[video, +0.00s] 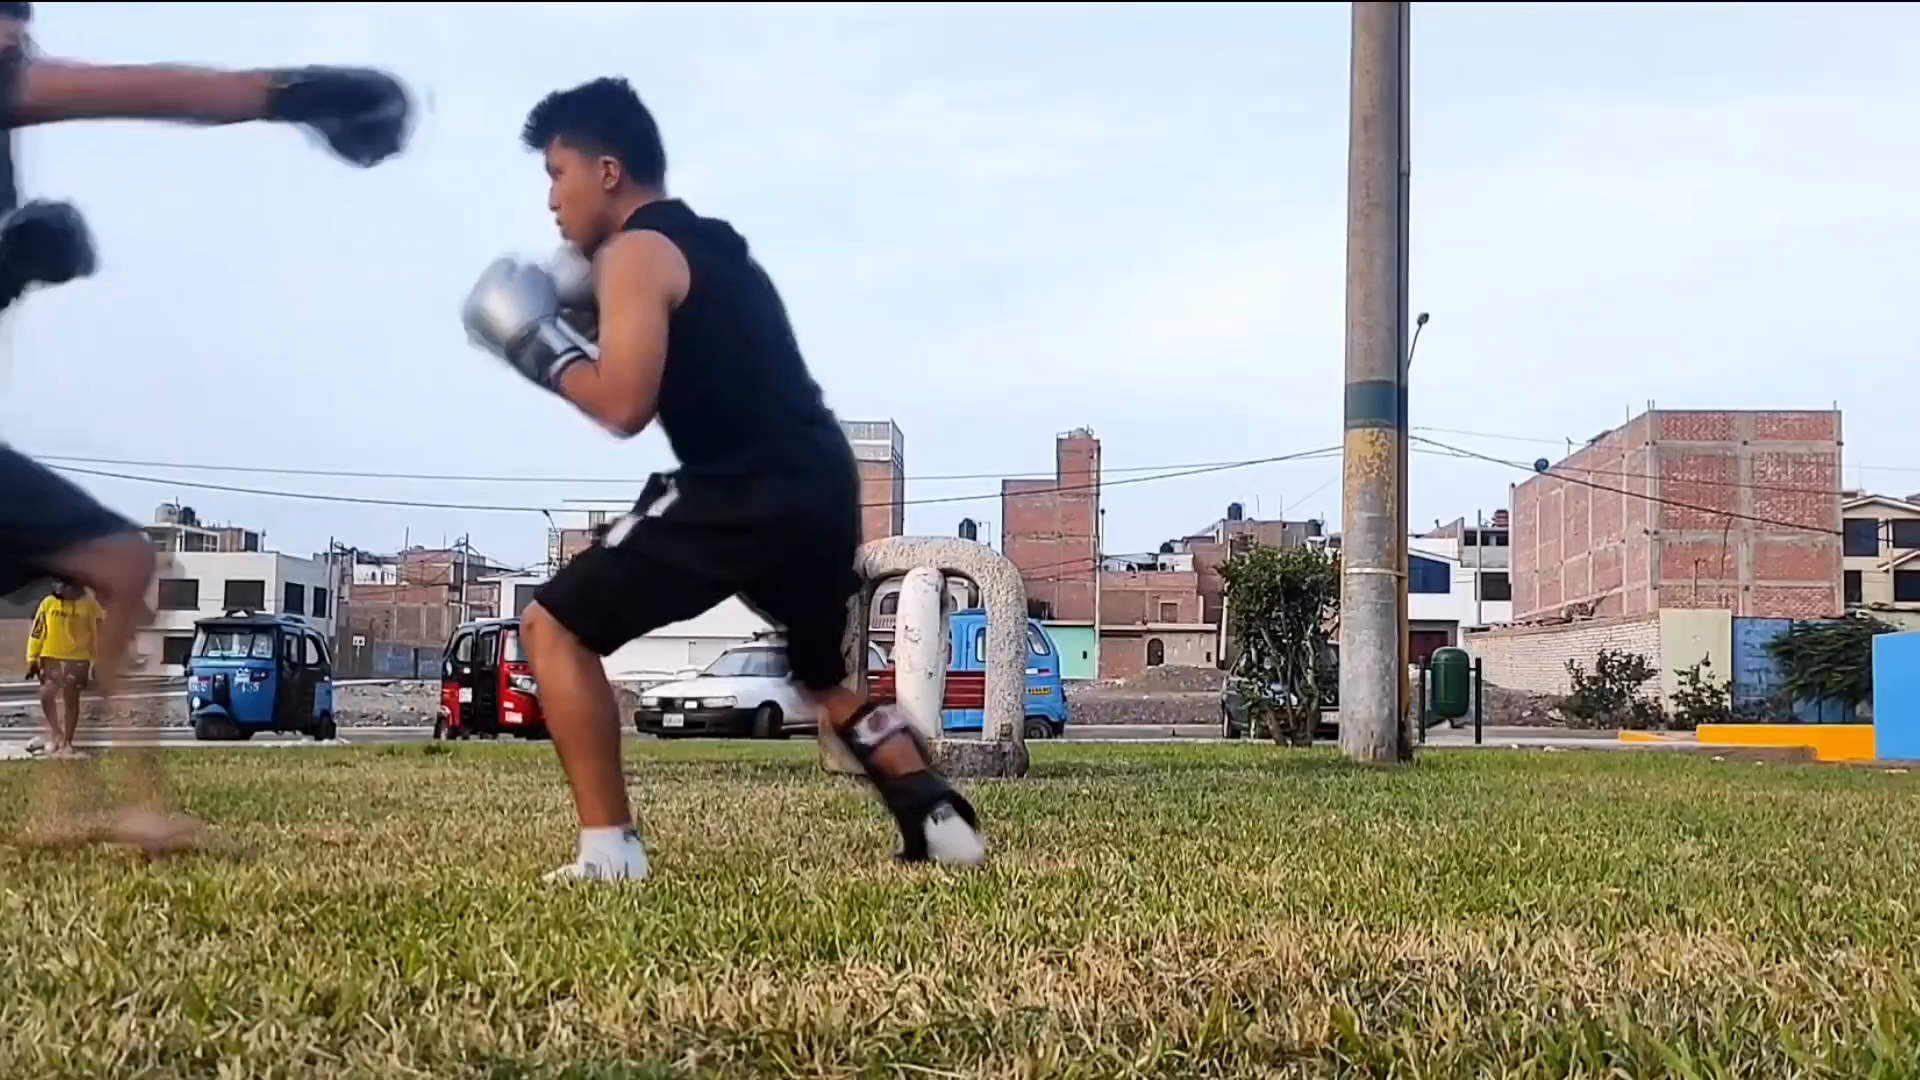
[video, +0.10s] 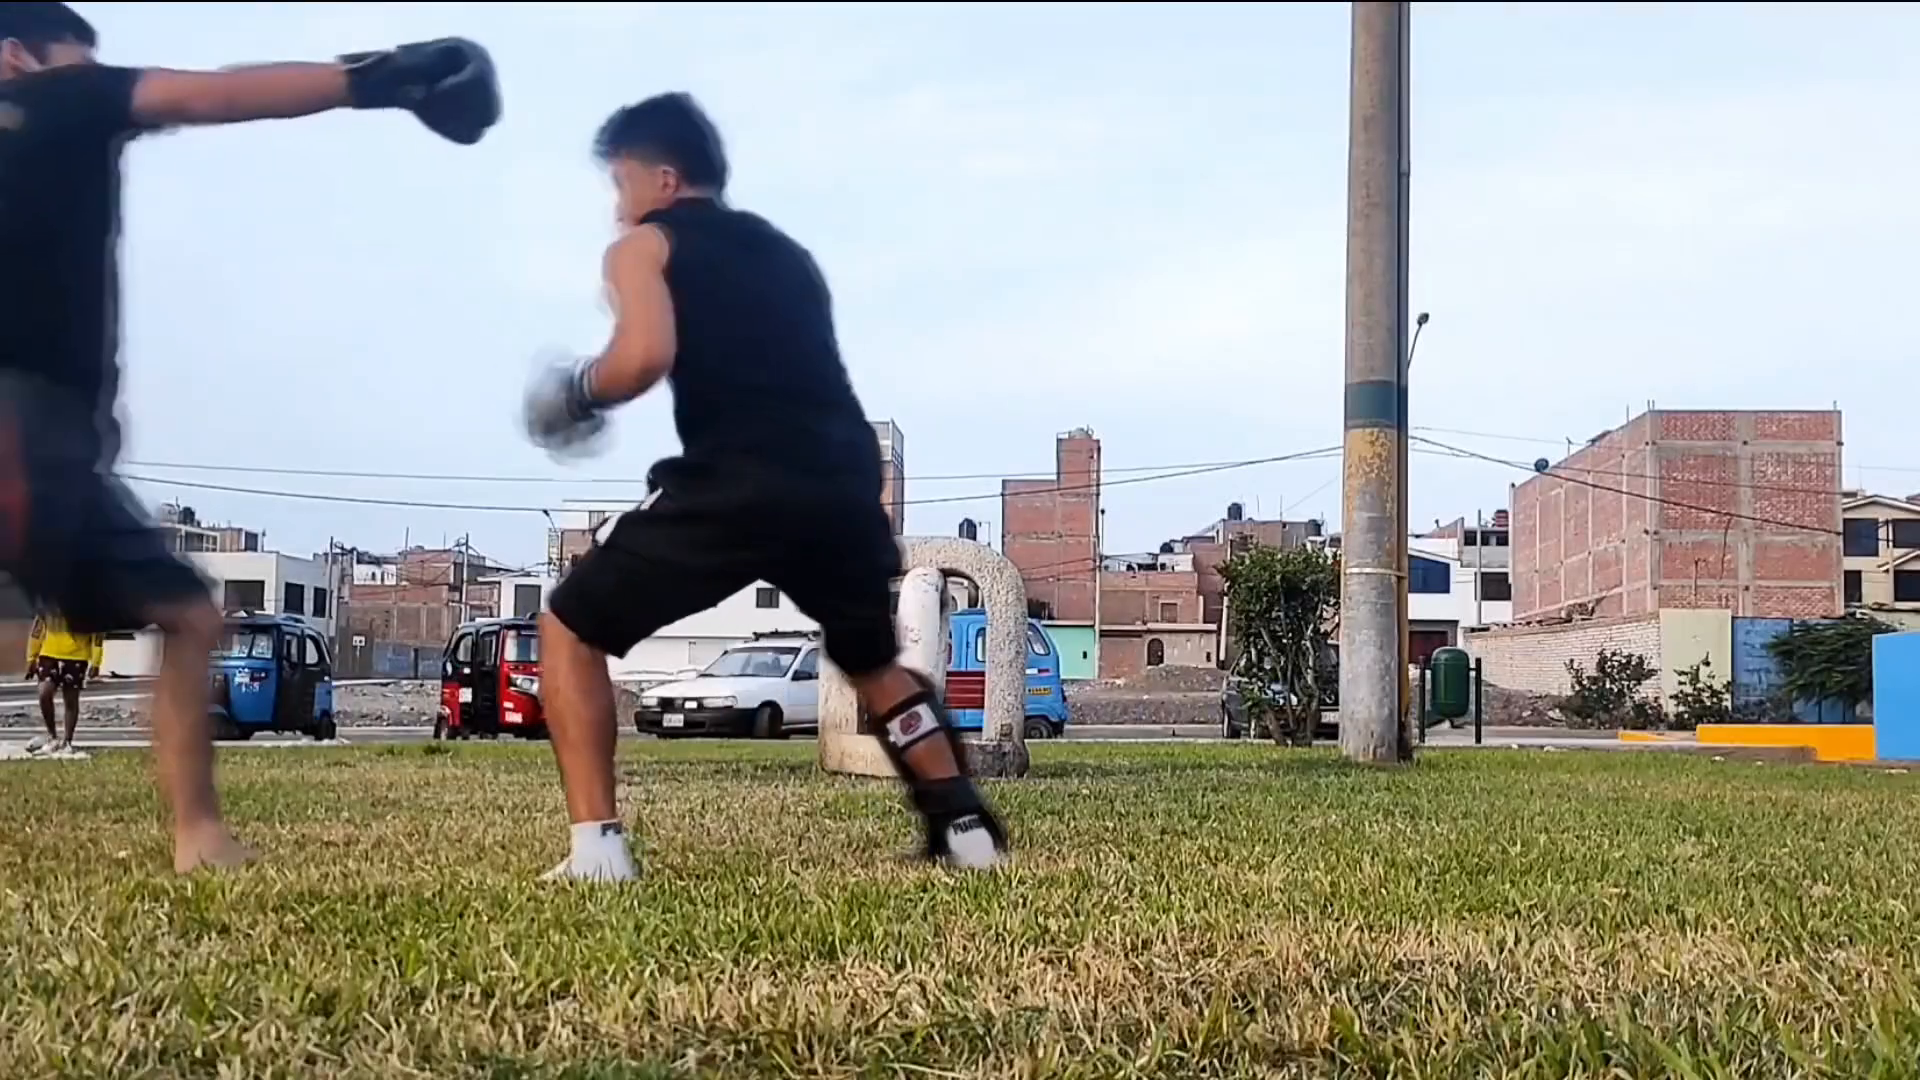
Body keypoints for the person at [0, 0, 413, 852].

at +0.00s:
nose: (23, 41)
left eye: (22, 29)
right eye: (17, 27)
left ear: (20, 39)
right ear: (4, 29)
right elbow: (133, 91)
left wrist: (12, 263)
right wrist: (295, 91)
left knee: (115, 566)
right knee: (121, 562)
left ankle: (65, 803)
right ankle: (144, 802)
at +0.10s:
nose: (93, 67)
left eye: (90, 54)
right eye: (79, 55)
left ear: (14, 59)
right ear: (20, 54)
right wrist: (378, 77)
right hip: (29, 440)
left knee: (188, 613)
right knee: (186, 611)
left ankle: (197, 837)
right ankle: (197, 838)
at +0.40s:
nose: (213, 135)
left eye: (213, 122)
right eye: (203, 119)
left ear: (108, 126)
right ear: (146, 106)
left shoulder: (53, 244)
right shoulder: (159, 139)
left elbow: (135, 403)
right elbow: (194, 174)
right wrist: (287, 204)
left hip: (209, 459)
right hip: (314, 387)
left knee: (255, 636)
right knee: (528, 498)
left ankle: (297, 847)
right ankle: (712, 539)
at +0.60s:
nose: (300, 80)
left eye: (297, 66)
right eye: (287, 61)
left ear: (204, 73)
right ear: (229, 58)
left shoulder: (146, 199)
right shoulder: (244, 110)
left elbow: (194, 344)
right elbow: (280, 157)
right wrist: (436, 194)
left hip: (253, 423)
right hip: (349, 377)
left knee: (302, 633)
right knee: (534, 547)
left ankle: (299, 849)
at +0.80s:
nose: (371, 84)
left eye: (362, 66)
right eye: (351, 64)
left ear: (279, 79)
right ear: (292, 71)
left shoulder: (230, 185)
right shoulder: (308, 142)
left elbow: (317, 291)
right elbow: (343, 236)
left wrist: (400, 221)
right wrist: (465, 195)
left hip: (267, 447)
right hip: (345, 435)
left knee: (353, 631)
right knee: (480, 615)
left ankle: (212, 791)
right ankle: (470, 844)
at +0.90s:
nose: (361, 67)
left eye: (355, 51)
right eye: (341, 47)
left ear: (283, 59)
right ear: (278, 56)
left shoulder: (293, 161)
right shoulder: (259, 131)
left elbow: (346, 322)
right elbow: (299, 245)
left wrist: (397, 244)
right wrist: (398, 180)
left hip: (270, 424)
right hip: (298, 416)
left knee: (340, 648)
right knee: (405, 610)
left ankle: (174, 824)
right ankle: (455, 843)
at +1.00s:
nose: (339, 53)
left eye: (337, 37)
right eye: (317, 34)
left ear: (279, 54)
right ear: (255, 50)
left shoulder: (308, 160)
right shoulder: (219, 127)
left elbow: (369, 307)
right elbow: (265, 223)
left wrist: (395, 203)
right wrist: (338, 117)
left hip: (284, 403)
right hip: (239, 400)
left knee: (308, 642)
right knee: (363, 569)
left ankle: (170, 828)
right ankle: (325, 820)